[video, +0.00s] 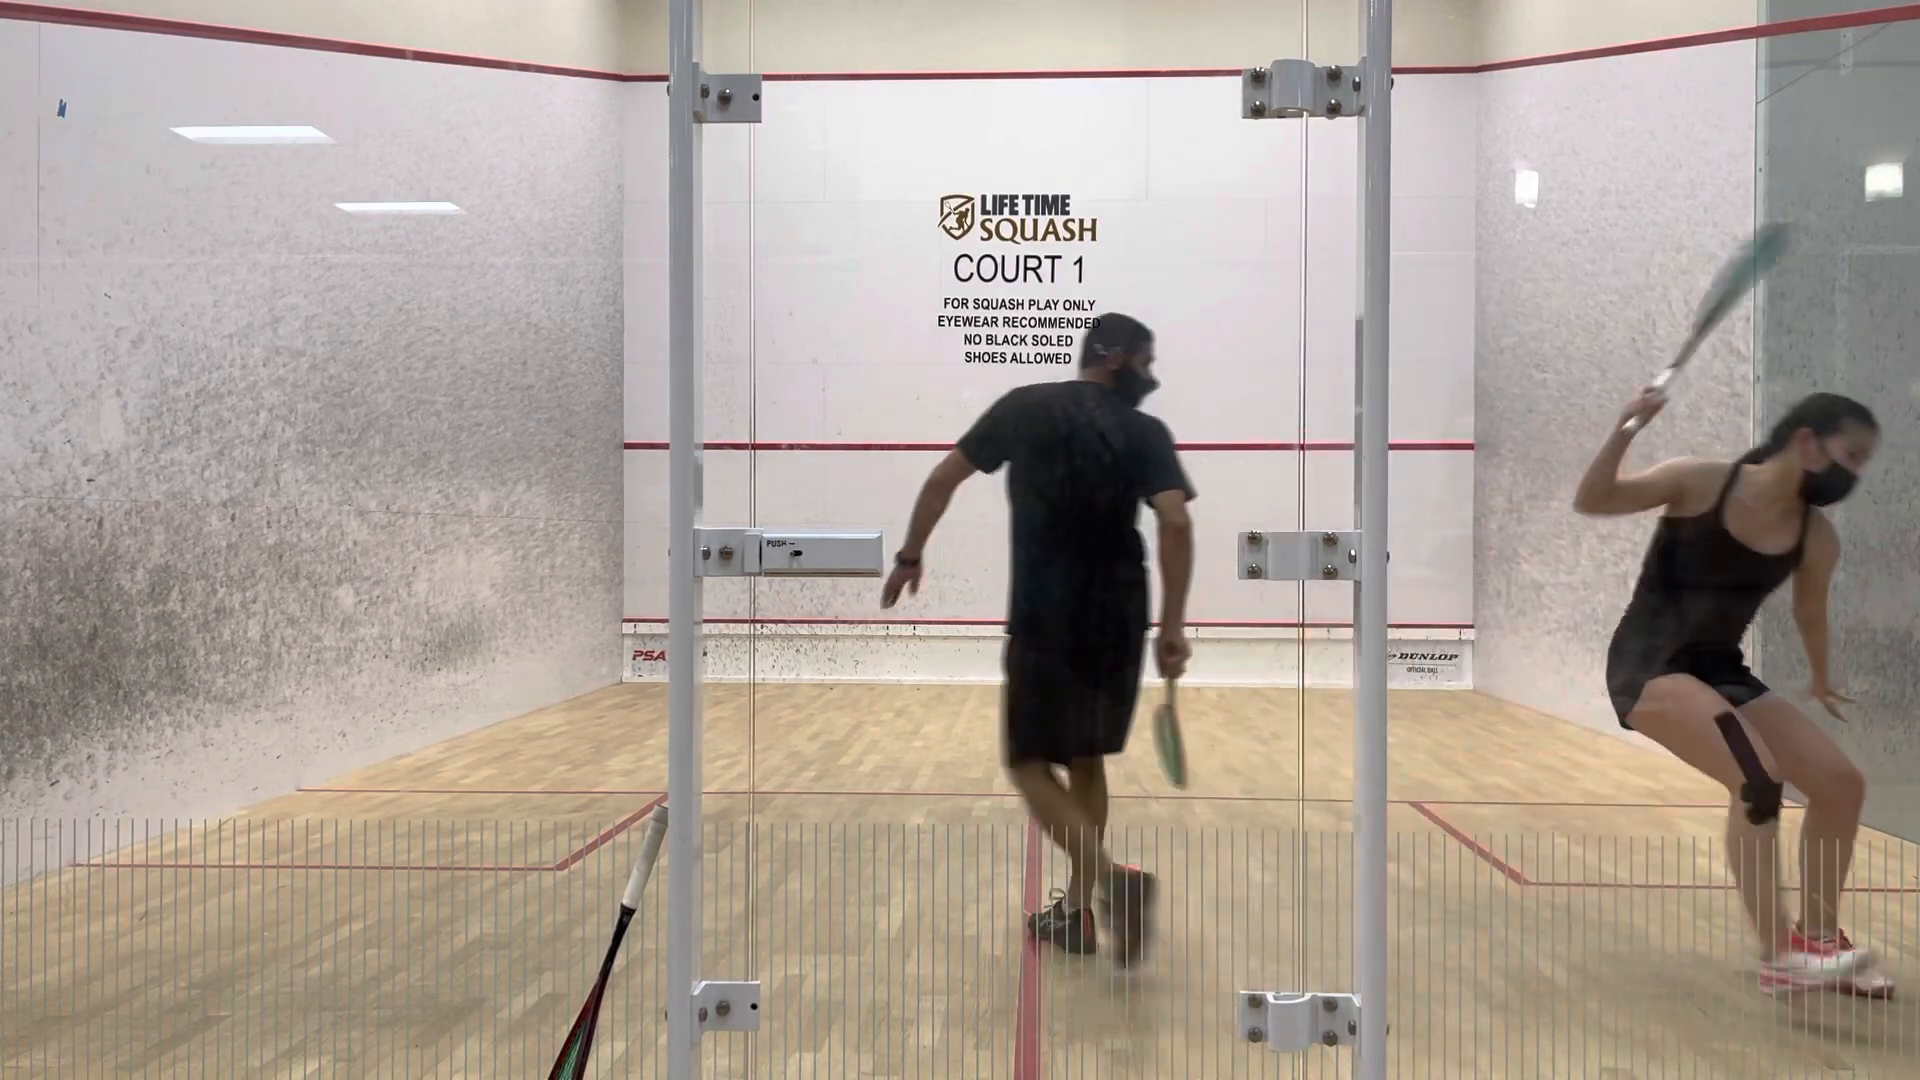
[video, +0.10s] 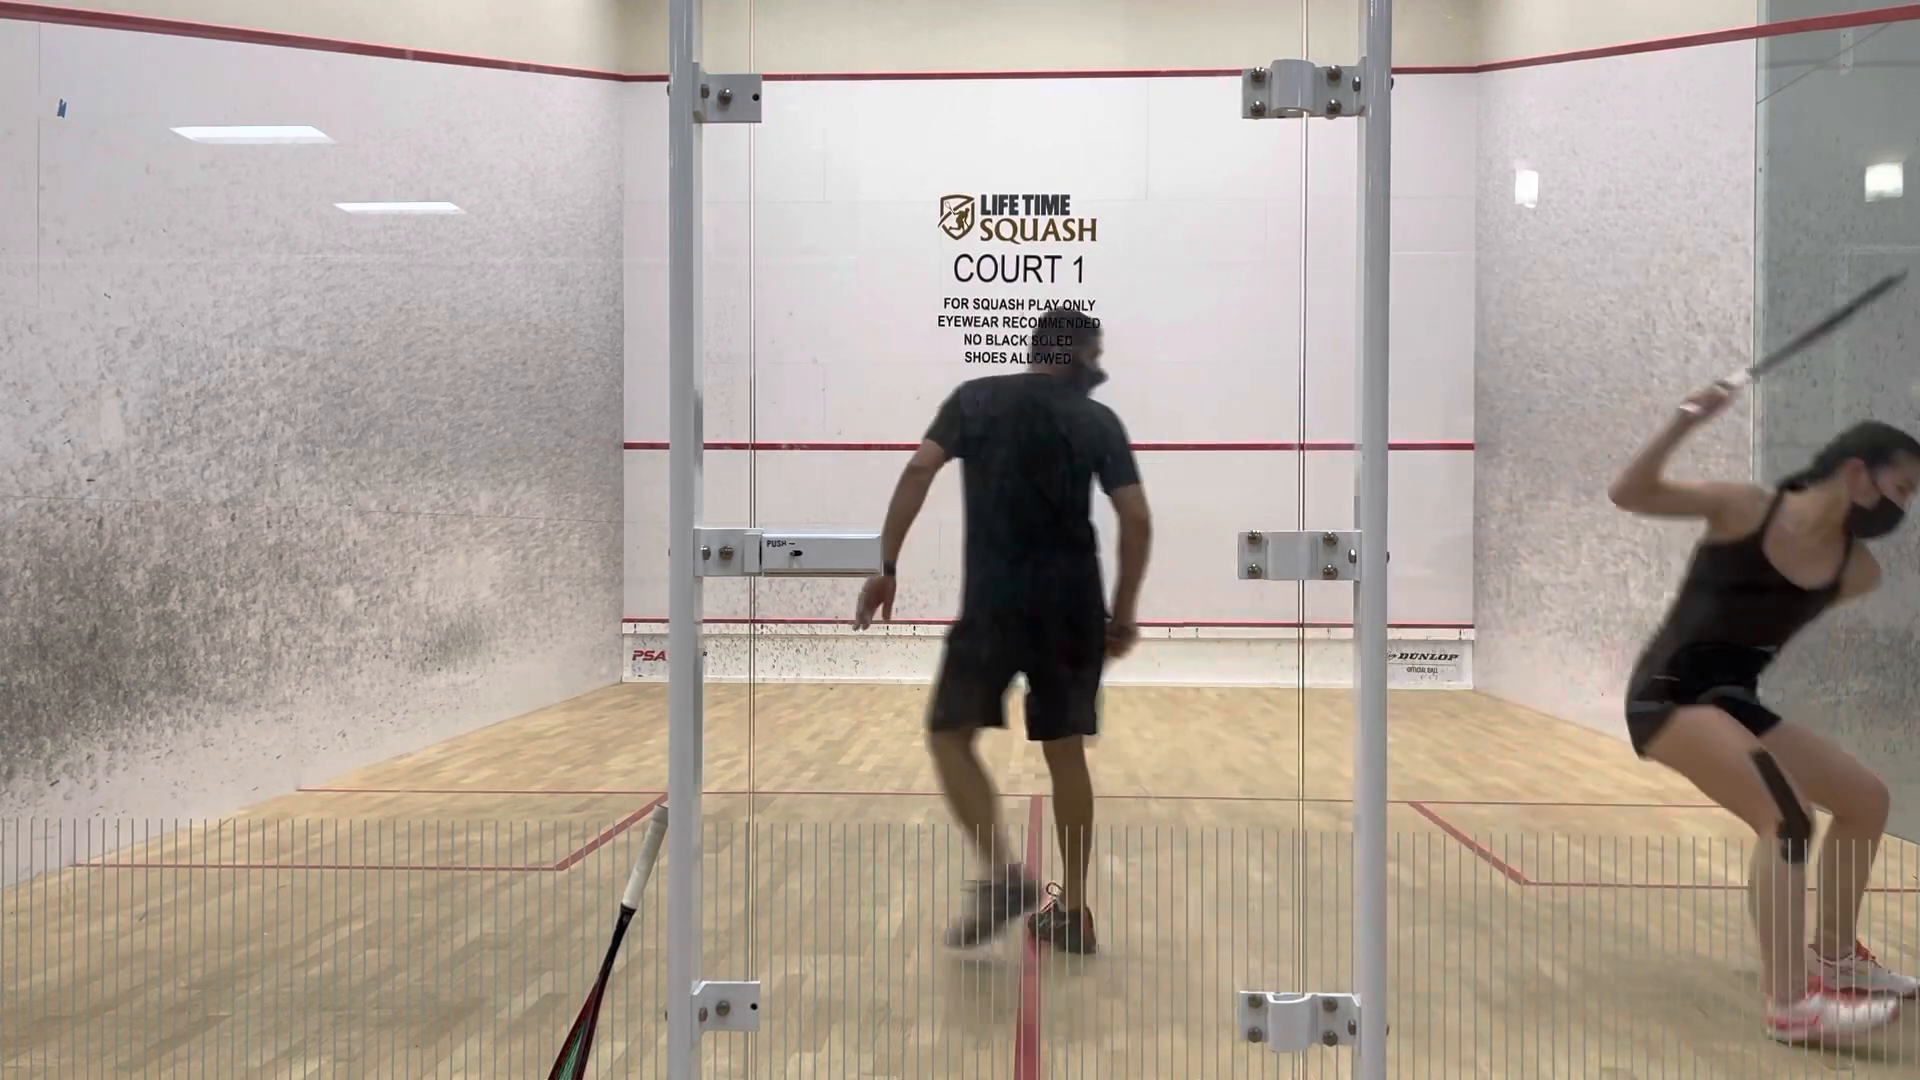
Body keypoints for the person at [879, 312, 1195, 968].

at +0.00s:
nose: (1153, 375)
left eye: (1152, 364)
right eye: (1148, 363)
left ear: (1087, 356)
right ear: (1119, 361)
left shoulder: (1024, 406)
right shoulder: (1142, 430)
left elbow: (944, 477)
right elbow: (1176, 520)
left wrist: (910, 552)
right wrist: (1171, 624)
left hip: (1042, 620)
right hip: (1116, 623)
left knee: (1027, 762)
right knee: (1088, 761)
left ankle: (1114, 880)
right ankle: (1076, 910)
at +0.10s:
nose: (1101, 370)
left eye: (1099, 358)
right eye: (1098, 358)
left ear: (1034, 350)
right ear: (1081, 356)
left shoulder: (975, 398)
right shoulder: (1093, 418)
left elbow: (918, 470)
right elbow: (1136, 518)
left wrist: (886, 565)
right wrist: (1124, 611)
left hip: (990, 612)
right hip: (1071, 615)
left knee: (949, 738)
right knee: (1066, 751)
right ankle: (1072, 910)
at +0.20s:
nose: (1038, 368)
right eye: (1037, 358)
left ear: (976, 348)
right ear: (1033, 358)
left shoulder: (924, 397)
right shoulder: (1044, 415)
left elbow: (898, 460)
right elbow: (1092, 513)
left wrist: (871, 539)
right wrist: (1064, 586)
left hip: (943, 612)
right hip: (1024, 615)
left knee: (886, 736)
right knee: (1045, 754)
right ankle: (1064, 909)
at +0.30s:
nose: (977, 373)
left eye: (973, 362)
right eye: (974, 363)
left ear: (917, 360)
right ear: (965, 364)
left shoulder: (873, 405)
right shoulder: (986, 427)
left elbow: (857, 472)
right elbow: (1033, 525)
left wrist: (843, 541)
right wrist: (988, 578)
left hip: (901, 617)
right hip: (976, 618)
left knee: (833, 753)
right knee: (1021, 760)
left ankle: (769, 885)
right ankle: (1062, 907)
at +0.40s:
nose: (903, 383)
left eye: (896, 375)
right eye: (905, 375)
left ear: (847, 372)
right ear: (900, 377)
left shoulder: (810, 415)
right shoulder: (921, 442)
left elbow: (804, 479)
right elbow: (960, 538)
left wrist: (796, 568)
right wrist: (910, 580)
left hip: (835, 621)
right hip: (912, 625)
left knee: (777, 754)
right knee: (969, 752)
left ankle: (737, 896)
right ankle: (1051, 886)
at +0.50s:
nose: (781, 373)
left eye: (781, 364)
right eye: (798, 365)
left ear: (782, 367)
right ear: (835, 374)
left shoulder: (760, 411)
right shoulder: (866, 438)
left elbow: (753, 493)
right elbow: (890, 540)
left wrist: (728, 596)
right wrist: (823, 572)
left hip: (780, 605)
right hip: (855, 609)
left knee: (730, 738)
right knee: (879, 742)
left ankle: (732, 898)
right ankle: (984, 847)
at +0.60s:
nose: (728, 365)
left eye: (727, 354)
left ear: (727, 357)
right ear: (781, 361)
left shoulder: (718, 404)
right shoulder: (815, 428)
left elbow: (713, 494)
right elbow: (836, 528)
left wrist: (670, 564)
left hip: (749, 600)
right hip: (813, 600)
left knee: (714, 738)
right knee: (785, 726)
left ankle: (733, 898)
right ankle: (881, 836)